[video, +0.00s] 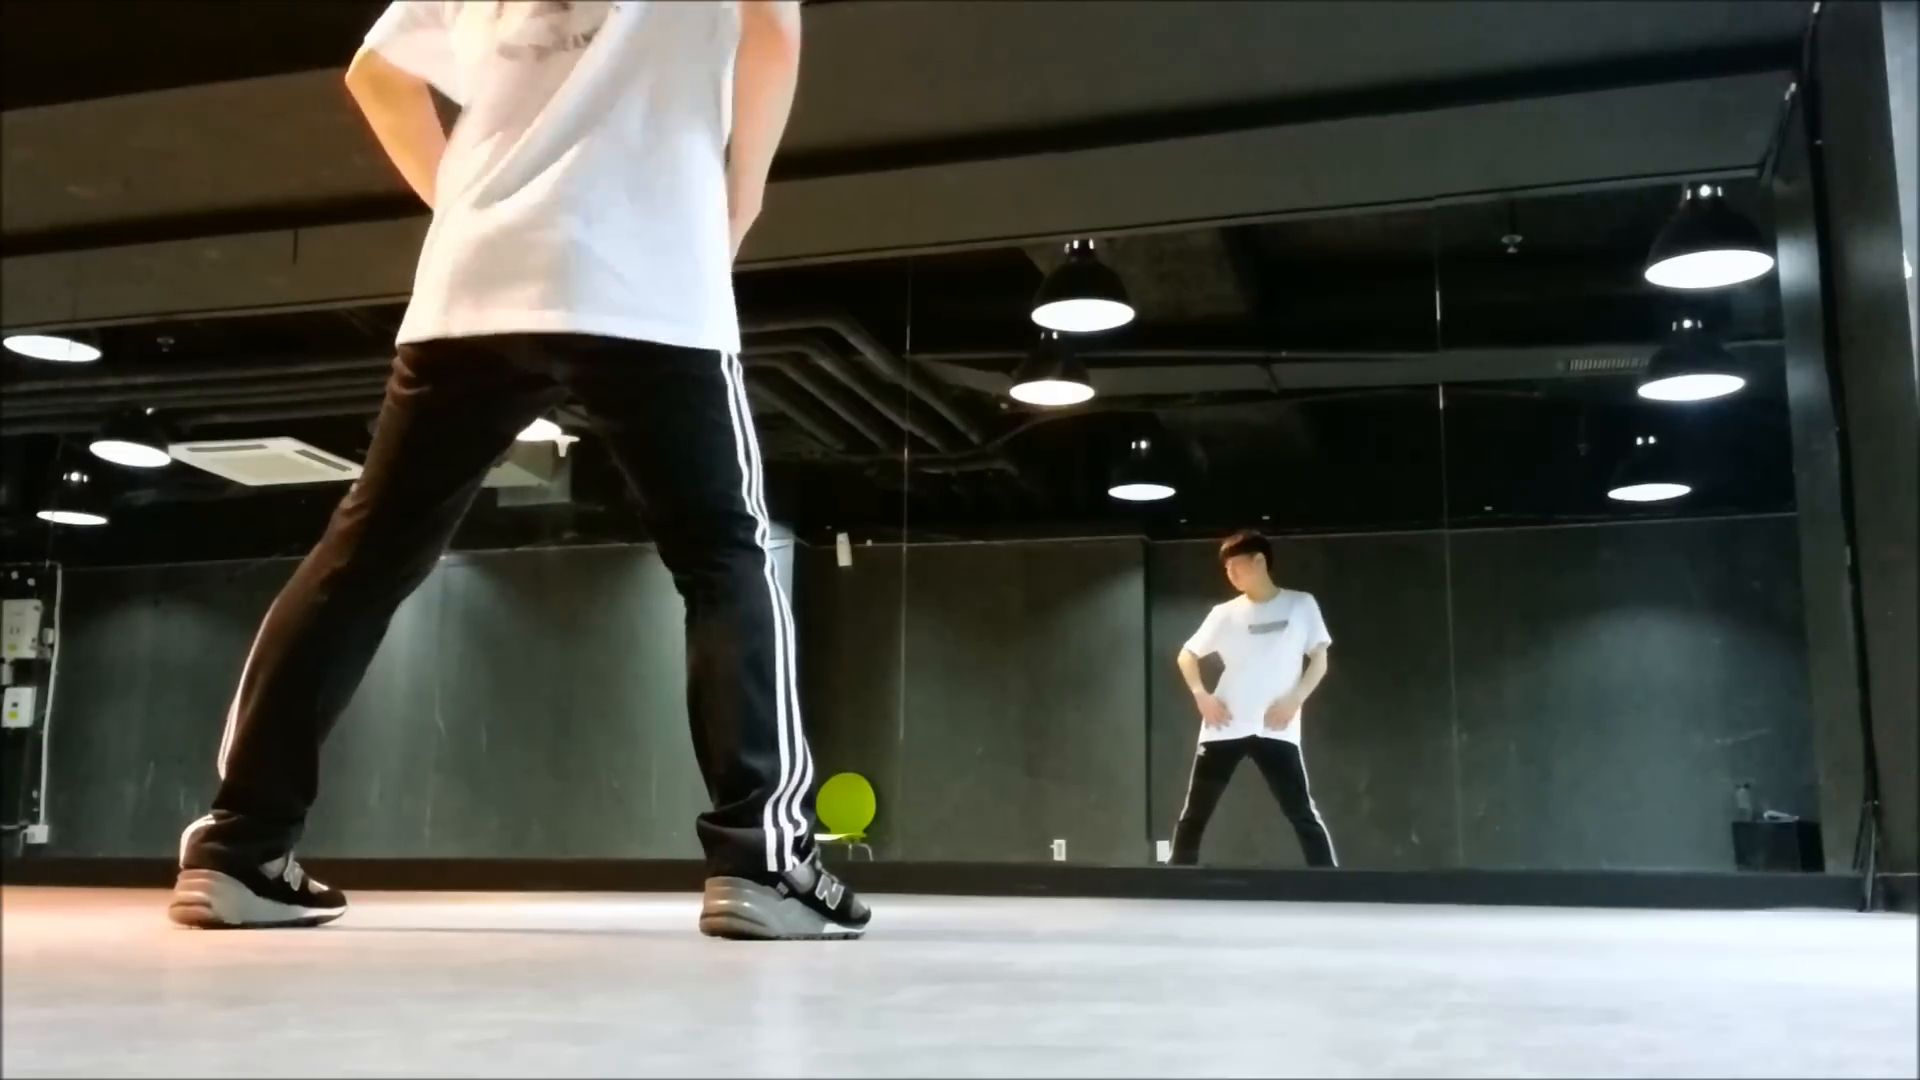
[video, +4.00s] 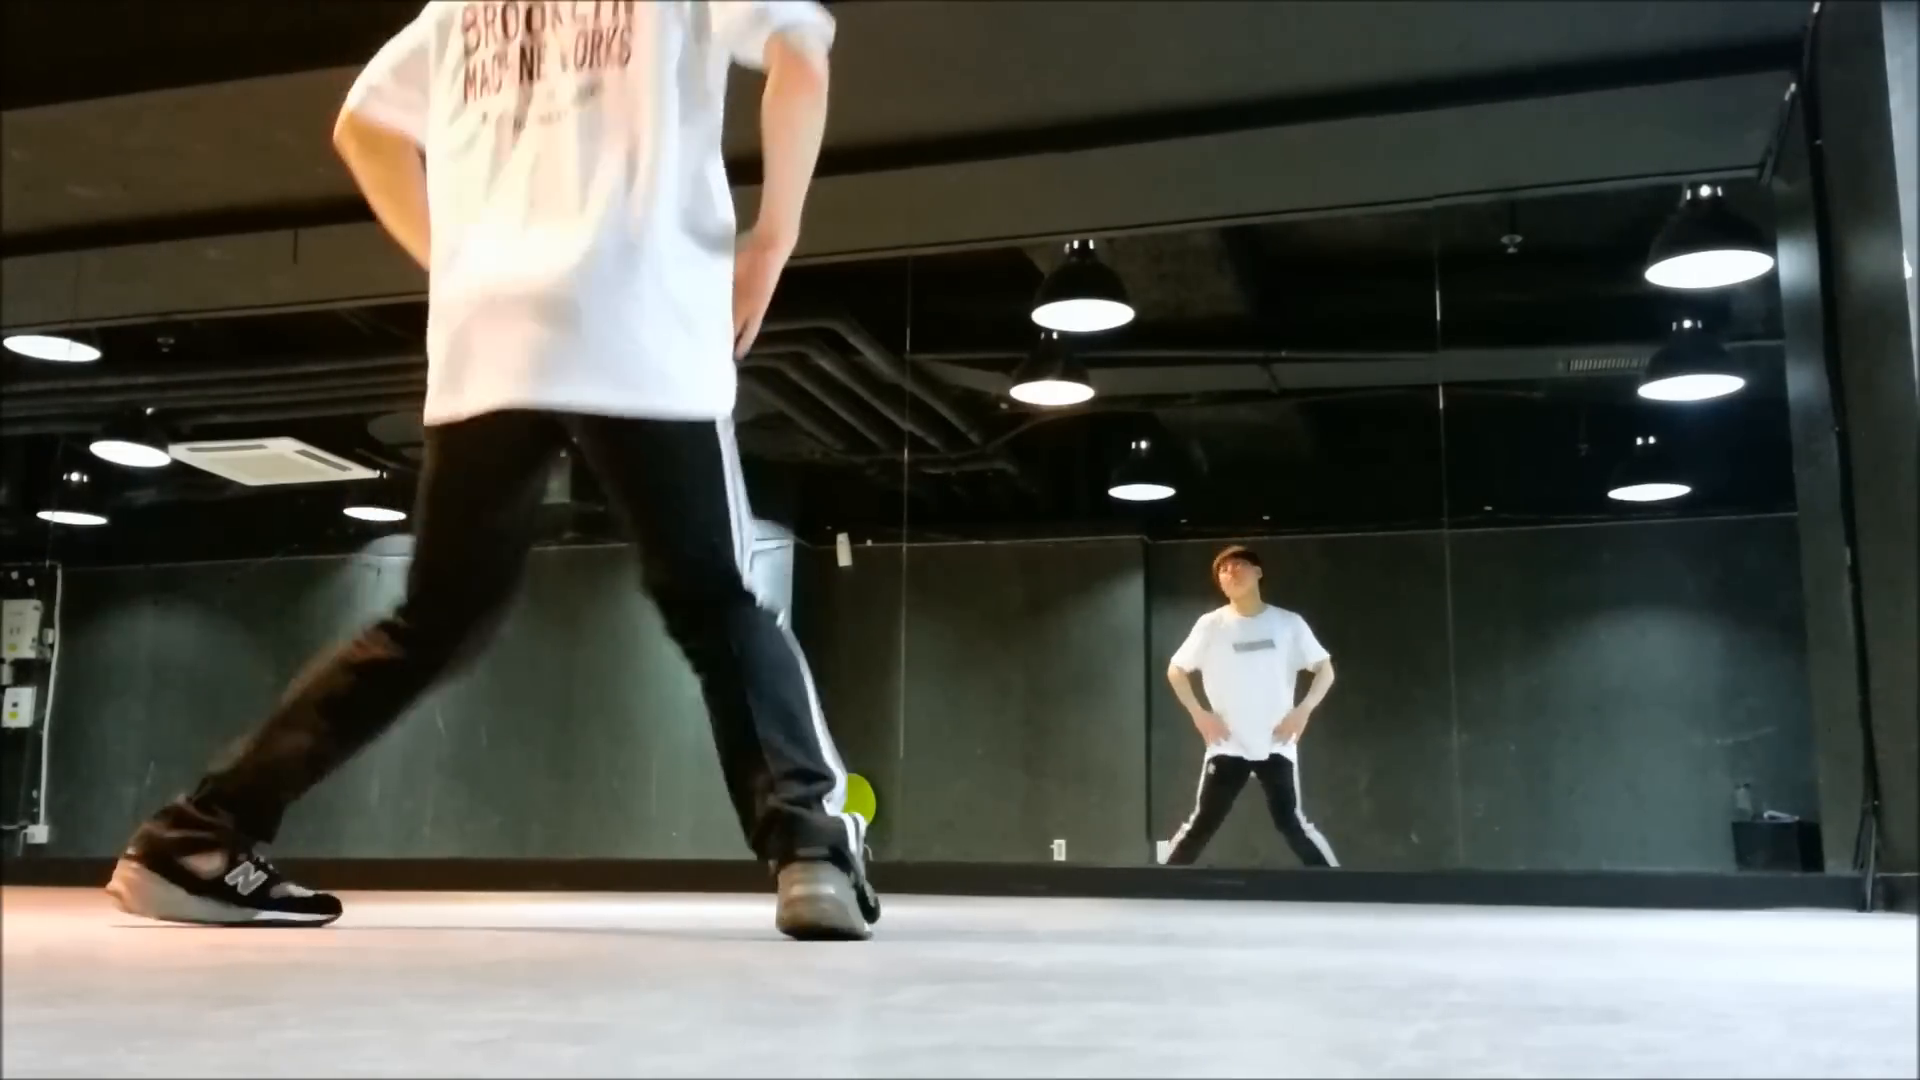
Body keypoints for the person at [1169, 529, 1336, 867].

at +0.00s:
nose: (1230, 573)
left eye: (1235, 565)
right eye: (1227, 567)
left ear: (1259, 561)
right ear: (1227, 571)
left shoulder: (1302, 605)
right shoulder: (1224, 614)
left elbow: (1320, 661)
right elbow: (1186, 656)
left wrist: (1292, 701)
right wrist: (1201, 695)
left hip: (1276, 733)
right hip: (1222, 731)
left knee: (1302, 815)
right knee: (1193, 816)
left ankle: (1331, 890)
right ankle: (1176, 891)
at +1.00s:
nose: (1210, 576)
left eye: (1217, 567)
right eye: (1206, 568)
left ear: (1240, 568)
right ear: (1203, 572)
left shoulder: (1271, 617)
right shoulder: (1198, 614)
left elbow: (1311, 662)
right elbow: (1179, 663)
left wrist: (1292, 696)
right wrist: (1201, 699)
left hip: (1277, 730)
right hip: (1224, 732)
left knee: (1309, 814)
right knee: (1199, 816)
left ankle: (1333, 888)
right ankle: (1178, 890)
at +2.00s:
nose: (1242, 563)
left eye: (1251, 557)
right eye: (1235, 555)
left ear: (1262, 567)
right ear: (1223, 561)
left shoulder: (1277, 614)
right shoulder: (1201, 609)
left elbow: (1316, 658)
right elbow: (1181, 661)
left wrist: (1295, 696)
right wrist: (1205, 699)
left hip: (1280, 728)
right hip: (1228, 731)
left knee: (1309, 813)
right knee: (1200, 815)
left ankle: (1333, 889)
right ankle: (1178, 889)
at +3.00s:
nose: (1245, 558)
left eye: (1253, 552)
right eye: (1238, 552)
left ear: (1266, 562)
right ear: (1227, 560)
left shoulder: (1285, 611)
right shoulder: (1208, 609)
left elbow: (1316, 661)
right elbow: (1185, 661)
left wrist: (1294, 697)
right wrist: (1202, 696)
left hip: (1276, 730)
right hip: (1224, 730)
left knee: (1306, 812)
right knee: (1197, 815)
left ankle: (1332, 888)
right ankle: (1178, 889)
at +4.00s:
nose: (1231, 572)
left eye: (1239, 565)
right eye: (1225, 569)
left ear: (1257, 572)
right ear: (1220, 582)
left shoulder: (1290, 624)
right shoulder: (1210, 625)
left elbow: (1326, 671)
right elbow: (1176, 671)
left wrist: (1303, 711)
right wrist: (1199, 715)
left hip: (1277, 745)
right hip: (1227, 745)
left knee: (1292, 825)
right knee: (1201, 826)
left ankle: (1339, 889)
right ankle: (1160, 888)